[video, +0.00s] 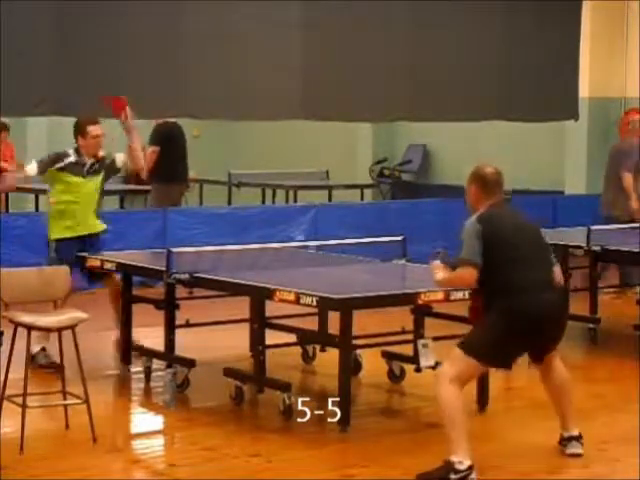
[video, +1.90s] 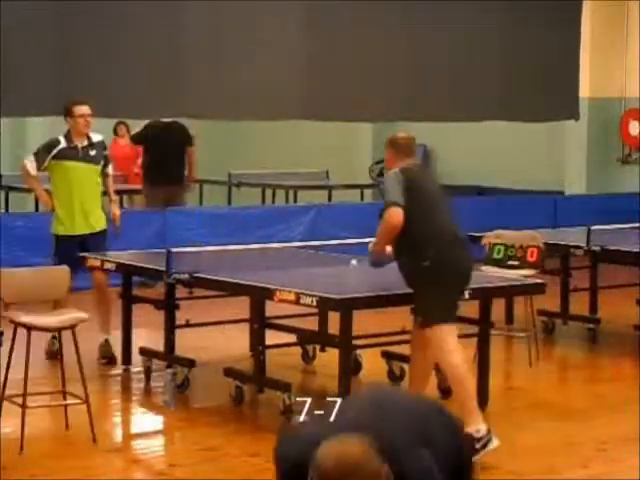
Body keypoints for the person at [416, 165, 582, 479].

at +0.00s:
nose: (466, 197)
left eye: (467, 191)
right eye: (467, 191)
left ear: (474, 191)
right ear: (500, 190)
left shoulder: (477, 223)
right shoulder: (526, 222)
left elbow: (469, 277)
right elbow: (557, 279)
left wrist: (442, 276)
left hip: (511, 311)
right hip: (552, 307)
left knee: (449, 377)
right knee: (548, 358)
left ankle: (459, 460)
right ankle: (571, 434)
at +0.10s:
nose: (470, 190)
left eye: (471, 185)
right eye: (470, 185)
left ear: (479, 183)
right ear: (503, 182)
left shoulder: (485, 218)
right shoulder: (523, 216)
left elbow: (477, 271)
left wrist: (440, 269)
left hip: (510, 311)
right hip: (551, 306)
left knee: (449, 377)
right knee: (551, 358)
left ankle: (460, 461)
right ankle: (571, 435)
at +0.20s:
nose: (479, 179)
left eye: (479, 173)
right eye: (481, 173)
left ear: (486, 173)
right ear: (510, 173)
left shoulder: (494, 209)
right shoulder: (526, 209)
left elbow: (482, 262)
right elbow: (517, 261)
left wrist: (438, 253)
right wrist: (455, 255)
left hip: (508, 311)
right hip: (548, 305)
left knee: (450, 375)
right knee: (549, 358)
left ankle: (460, 463)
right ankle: (572, 434)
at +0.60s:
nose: (478, 159)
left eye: (479, 154)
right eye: (480, 153)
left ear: (484, 159)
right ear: (513, 159)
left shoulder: (487, 201)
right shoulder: (533, 198)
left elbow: (460, 255)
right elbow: (524, 251)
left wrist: (429, 248)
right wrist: (469, 242)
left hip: (491, 309)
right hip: (532, 307)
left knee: (444, 366)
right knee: (537, 363)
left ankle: (463, 461)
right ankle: (570, 435)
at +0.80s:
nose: (472, 151)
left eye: (473, 146)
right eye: (477, 146)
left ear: (476, 148)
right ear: (508, 150)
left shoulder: (464, 187)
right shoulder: (529, 191)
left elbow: (438, 244)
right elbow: (548, 251)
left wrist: (435, 237)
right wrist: (518, 256)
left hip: (472, 295)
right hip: (520, 296)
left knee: (424, 365)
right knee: (543, 366)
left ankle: (439, 452)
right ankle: (562, 446)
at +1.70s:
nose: (451, 165)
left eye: (453, 159)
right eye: (453, 159)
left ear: (459, 158)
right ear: (483, 157)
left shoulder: (449, 188)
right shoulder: (512, 190)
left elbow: (433, 246)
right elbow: (535, 245)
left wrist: (460, 242)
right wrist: (507, 250)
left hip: (472, 285)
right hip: (518, 284)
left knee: (432, 362)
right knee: (534, 360)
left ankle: (418, 448)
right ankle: (545, 441)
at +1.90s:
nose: (386, 162)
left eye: (386, 157)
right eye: (388, 157)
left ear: (390, 155)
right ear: (413, 154)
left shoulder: (395, 175)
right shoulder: (426, 175)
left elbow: (395, 216)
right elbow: (425, 222)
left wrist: (379, 245)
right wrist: (394, 246)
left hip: (436, 265)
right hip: (454, 261)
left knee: (444, 346)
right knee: (421, 339)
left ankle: (476, 427)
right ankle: (410, 408)